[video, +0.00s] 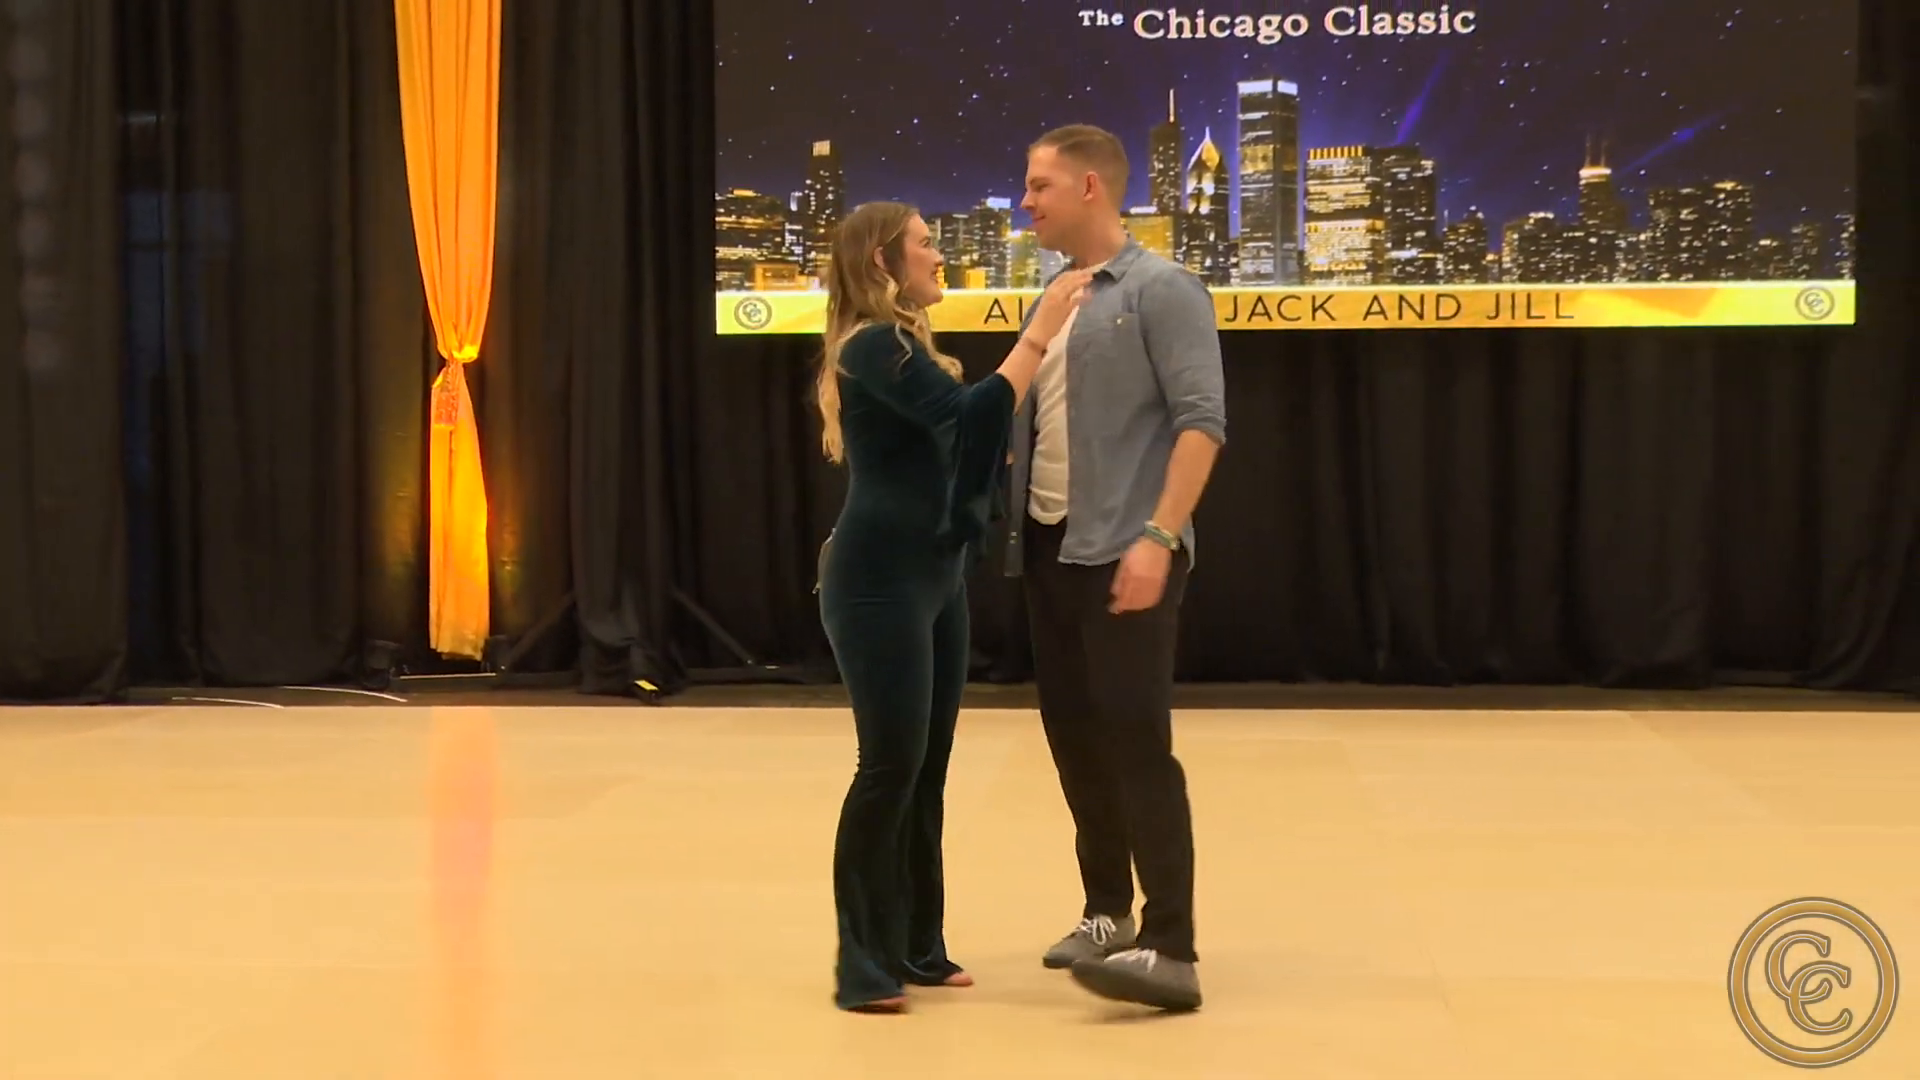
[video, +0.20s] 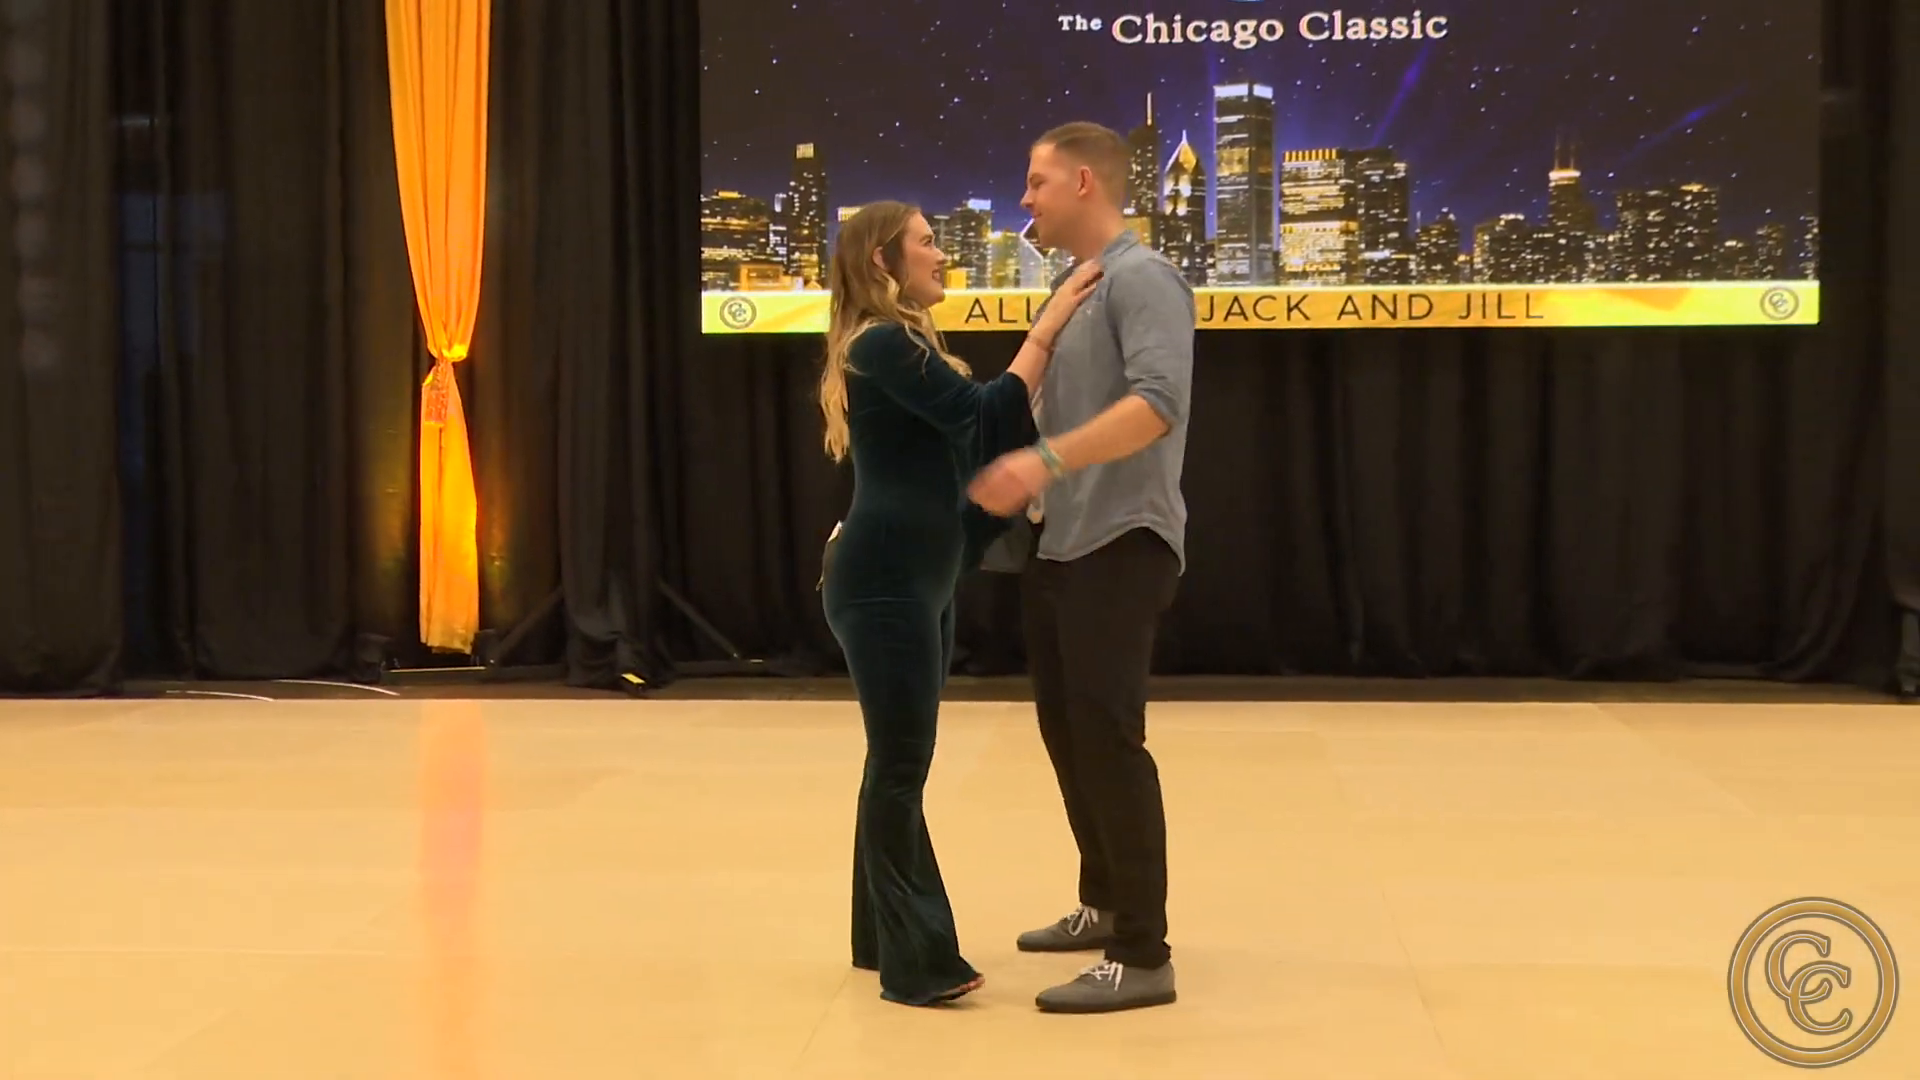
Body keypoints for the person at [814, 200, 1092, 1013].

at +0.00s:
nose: (939, 255)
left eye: (935, 242)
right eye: (926, 244)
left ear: (888, 260)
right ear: (883, 259)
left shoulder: (915, 344)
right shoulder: (872, 344)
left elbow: (971, 449)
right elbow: (966, 417)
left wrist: (1033, 354)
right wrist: (1037, 337)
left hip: (936, 579)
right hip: (878, 583)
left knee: (926, 765)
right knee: (888, 767)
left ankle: (916, 947)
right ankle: (862, 965)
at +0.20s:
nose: (942, 254)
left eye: (936, 242)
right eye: (927, 243)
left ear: (891, 261)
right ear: (883, 261)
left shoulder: (910, 344)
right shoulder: (882, 344)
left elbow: (991, 436)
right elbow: (989, 415)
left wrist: (1040, 347)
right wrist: (1050, 322)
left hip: (916, 577)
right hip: (884, 581)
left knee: (897, 760)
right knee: (900, 764)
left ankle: (880, 934)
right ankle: (917, 961)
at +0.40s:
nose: (945, 250)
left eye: (941, 238)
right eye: (931, 239)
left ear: (890, 259)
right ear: (886, 257)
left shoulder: (910, 338)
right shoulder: (881, 341)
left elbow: (988, 406)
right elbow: (961, 411)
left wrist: (1027, 347)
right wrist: (1034, 333)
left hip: (915, 569)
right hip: (891, 572)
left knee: (898, 752)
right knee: (910, 756)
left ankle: (871, 927)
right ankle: (903, 950)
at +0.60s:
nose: (951, 249)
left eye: (948, 237)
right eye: (936, 237)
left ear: (899, 256)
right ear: (890, 253)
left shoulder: (919, 333)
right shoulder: (886, 336)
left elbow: (976, 414)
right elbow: (957, 416)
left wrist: (1023, 340)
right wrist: (1003, 347)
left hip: (926, 566)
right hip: (895, 570)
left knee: (953, 727)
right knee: (918, 742)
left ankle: (890, 906)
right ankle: (902, 941)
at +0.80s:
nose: (945, 251)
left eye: (942, 239)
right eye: (930, 240)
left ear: (892, 260)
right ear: (885, 258)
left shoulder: (915, 336)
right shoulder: (884, 340)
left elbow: (978, 430)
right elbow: (965, 429)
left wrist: (1012, 343)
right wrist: (1007, 344)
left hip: (925, 564)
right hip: (891, 569)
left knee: (950, 723)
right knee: (907, 745)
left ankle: (922, 917)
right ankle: (889, 936)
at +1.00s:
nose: (940, 256)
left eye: (936, 244)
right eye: (926, 245)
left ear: (888, 266)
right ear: (882, 264)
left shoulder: (906, 341)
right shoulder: (886, 347)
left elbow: (967, 437)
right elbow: (967, 436)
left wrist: (1010, 352)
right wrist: (1008, 350)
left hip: (913, 561)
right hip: (892, 568)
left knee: (909, 744)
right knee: (893, 751)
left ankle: (912, 898)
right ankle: (883, 927)